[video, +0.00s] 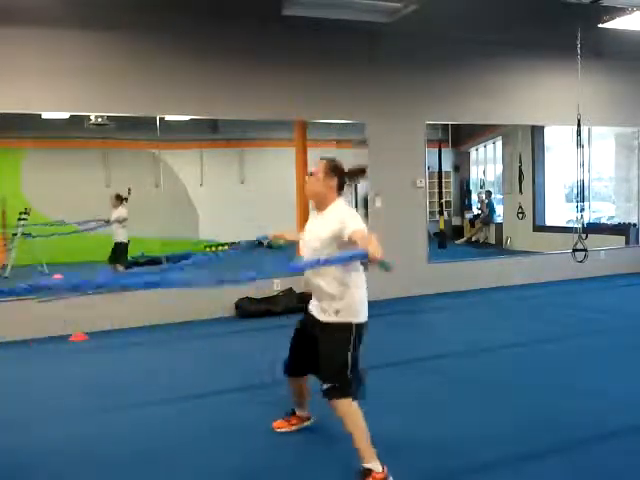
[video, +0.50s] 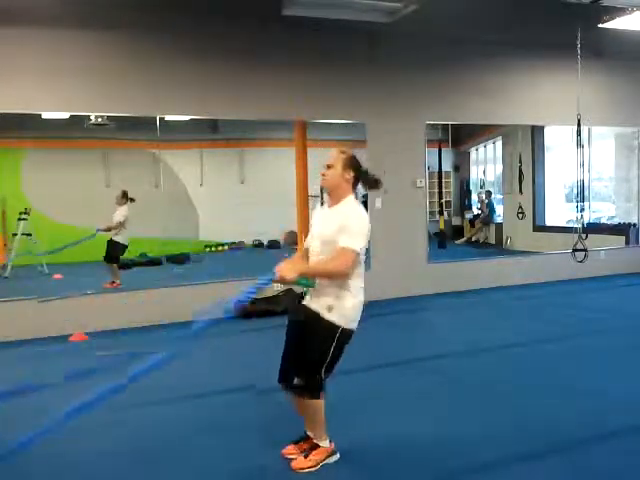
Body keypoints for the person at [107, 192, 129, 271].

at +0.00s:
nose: (112, 202)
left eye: (114, 200)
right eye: (112, 200)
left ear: (118, 201)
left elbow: (124, 218)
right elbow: (112, 219)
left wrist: (113, 221)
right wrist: (106, 220)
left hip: (122, 240)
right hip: (117, 240)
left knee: (119, 263)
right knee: (112, 261)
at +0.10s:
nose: (114, 202)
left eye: (116, 200)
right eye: (114, 200)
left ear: (120, 201)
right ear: (120, 201)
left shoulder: (122, 210)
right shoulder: (116, 210)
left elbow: (124, 218)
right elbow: (111, 220)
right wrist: (101, 219)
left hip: (121, 239)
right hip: (116, 238)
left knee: (116, 262)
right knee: (111, 261)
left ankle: (120, 283)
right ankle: (116, 280)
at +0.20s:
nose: (116, 194)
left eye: (118, 192)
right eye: (117, 192)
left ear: (124, 193)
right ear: (123, 193)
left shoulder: (124, 203)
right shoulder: (119, 203)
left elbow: (123, 212)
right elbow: (112, 212)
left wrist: (108, 213)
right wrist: (101, 212)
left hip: (120, 232)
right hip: (116, 231)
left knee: (116, 257)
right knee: (113, 257)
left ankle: (117, 280)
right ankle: (115, 279)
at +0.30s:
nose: (117, 190)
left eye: (119, 188)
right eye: (117, 188)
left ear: (125, 190)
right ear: (124, 190)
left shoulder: (125, 200)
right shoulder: (121, 199)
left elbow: (117, 210)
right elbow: (114, 210)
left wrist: (103, 212)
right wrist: (102, 212)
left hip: (119, 229)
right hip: (115, 228)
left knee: (115, 254)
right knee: (112, 254)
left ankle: (114, 276)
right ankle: (112, 275)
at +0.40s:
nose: (118, 193)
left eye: (120, 191)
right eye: (118, 190)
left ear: (125, 192)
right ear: (123, 192)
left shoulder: (124, 204)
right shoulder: (121, 202)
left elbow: (118, 217)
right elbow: (117, 216)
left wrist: (105, 220)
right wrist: (105, 219)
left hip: (119, 232)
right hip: (115, 231)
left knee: (114, 257)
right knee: (111, 257)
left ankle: (116, 279)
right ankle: (114, 278)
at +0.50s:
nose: (116, 199)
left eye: (119, 198)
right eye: (117, 197)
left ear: (123, 200)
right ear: (123, 199)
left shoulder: (123, 211)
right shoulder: (120, 209)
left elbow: (118, 225)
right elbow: (118, 224)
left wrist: (106, 229)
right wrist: (107, 228)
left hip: (120, 239)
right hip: (116, 238)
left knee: (112, 260)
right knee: (109, 260)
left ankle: (117, 280)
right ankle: (115, 280)